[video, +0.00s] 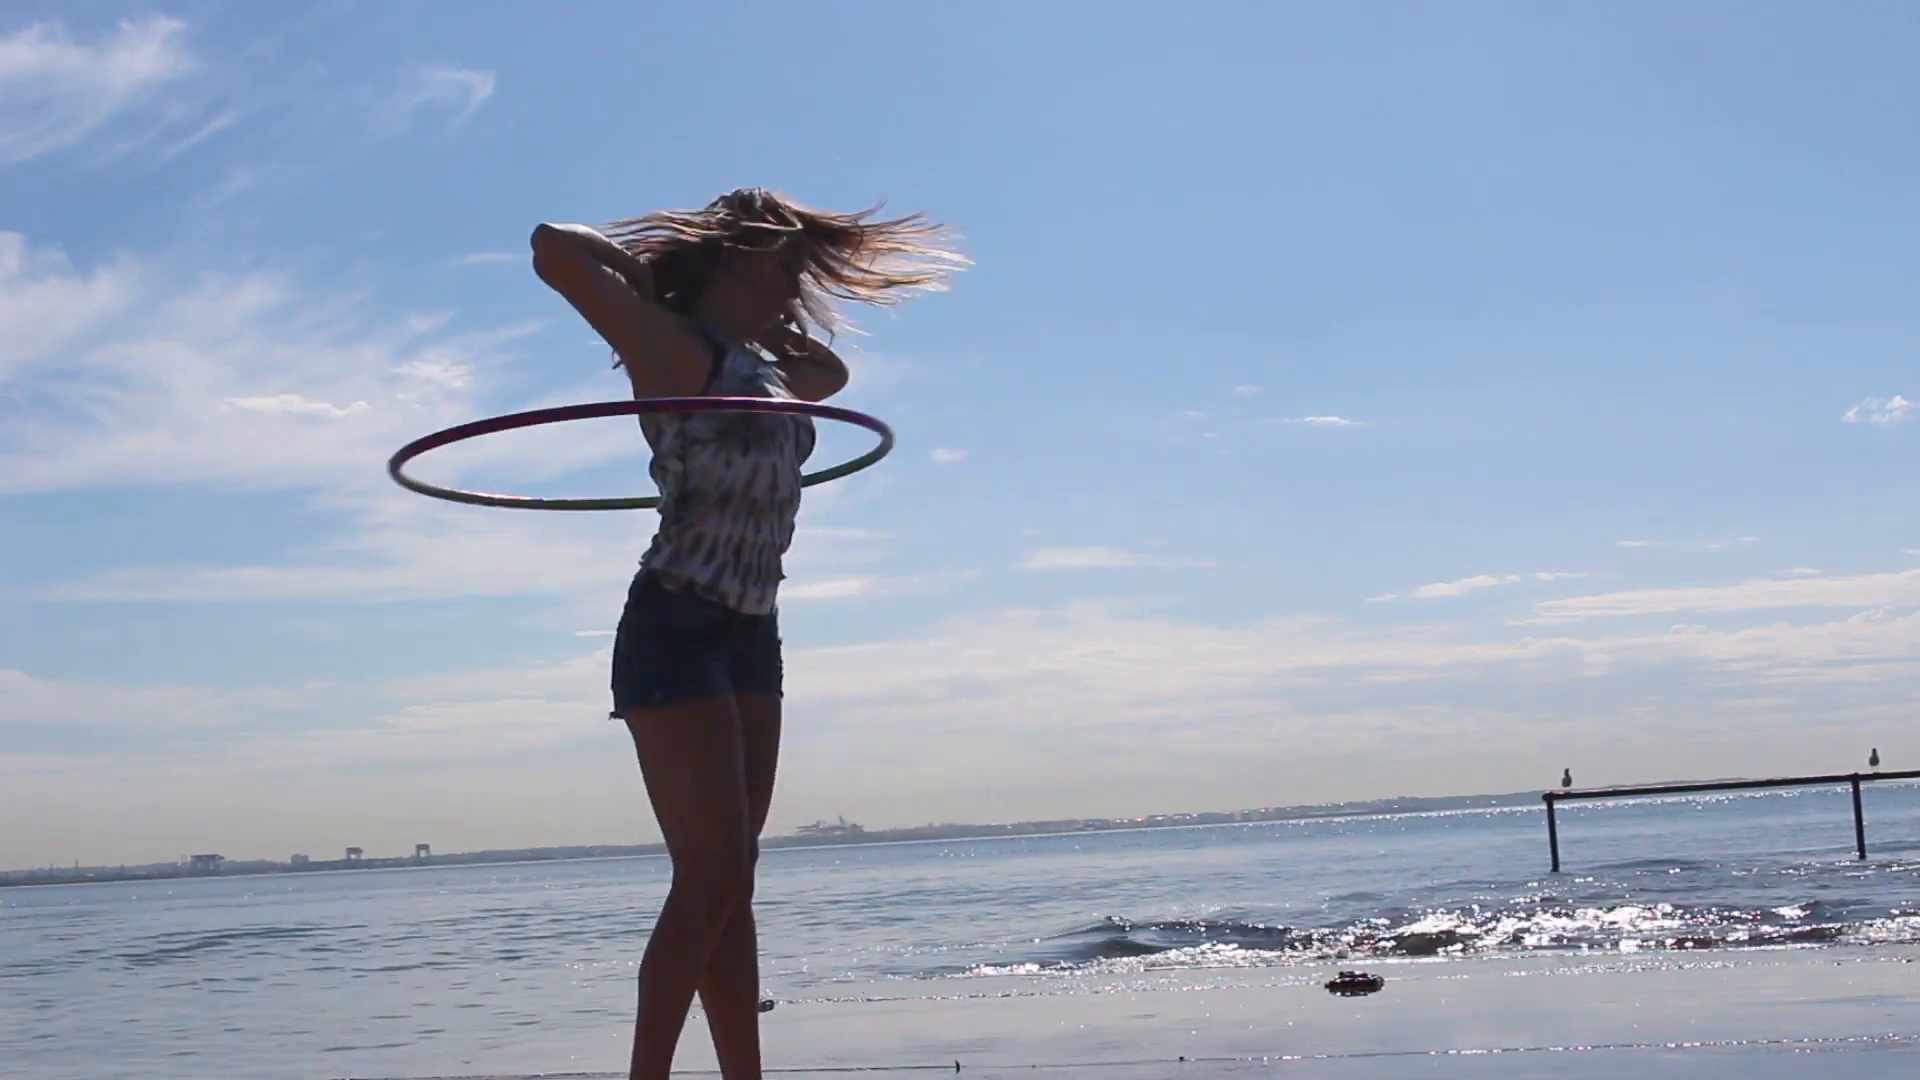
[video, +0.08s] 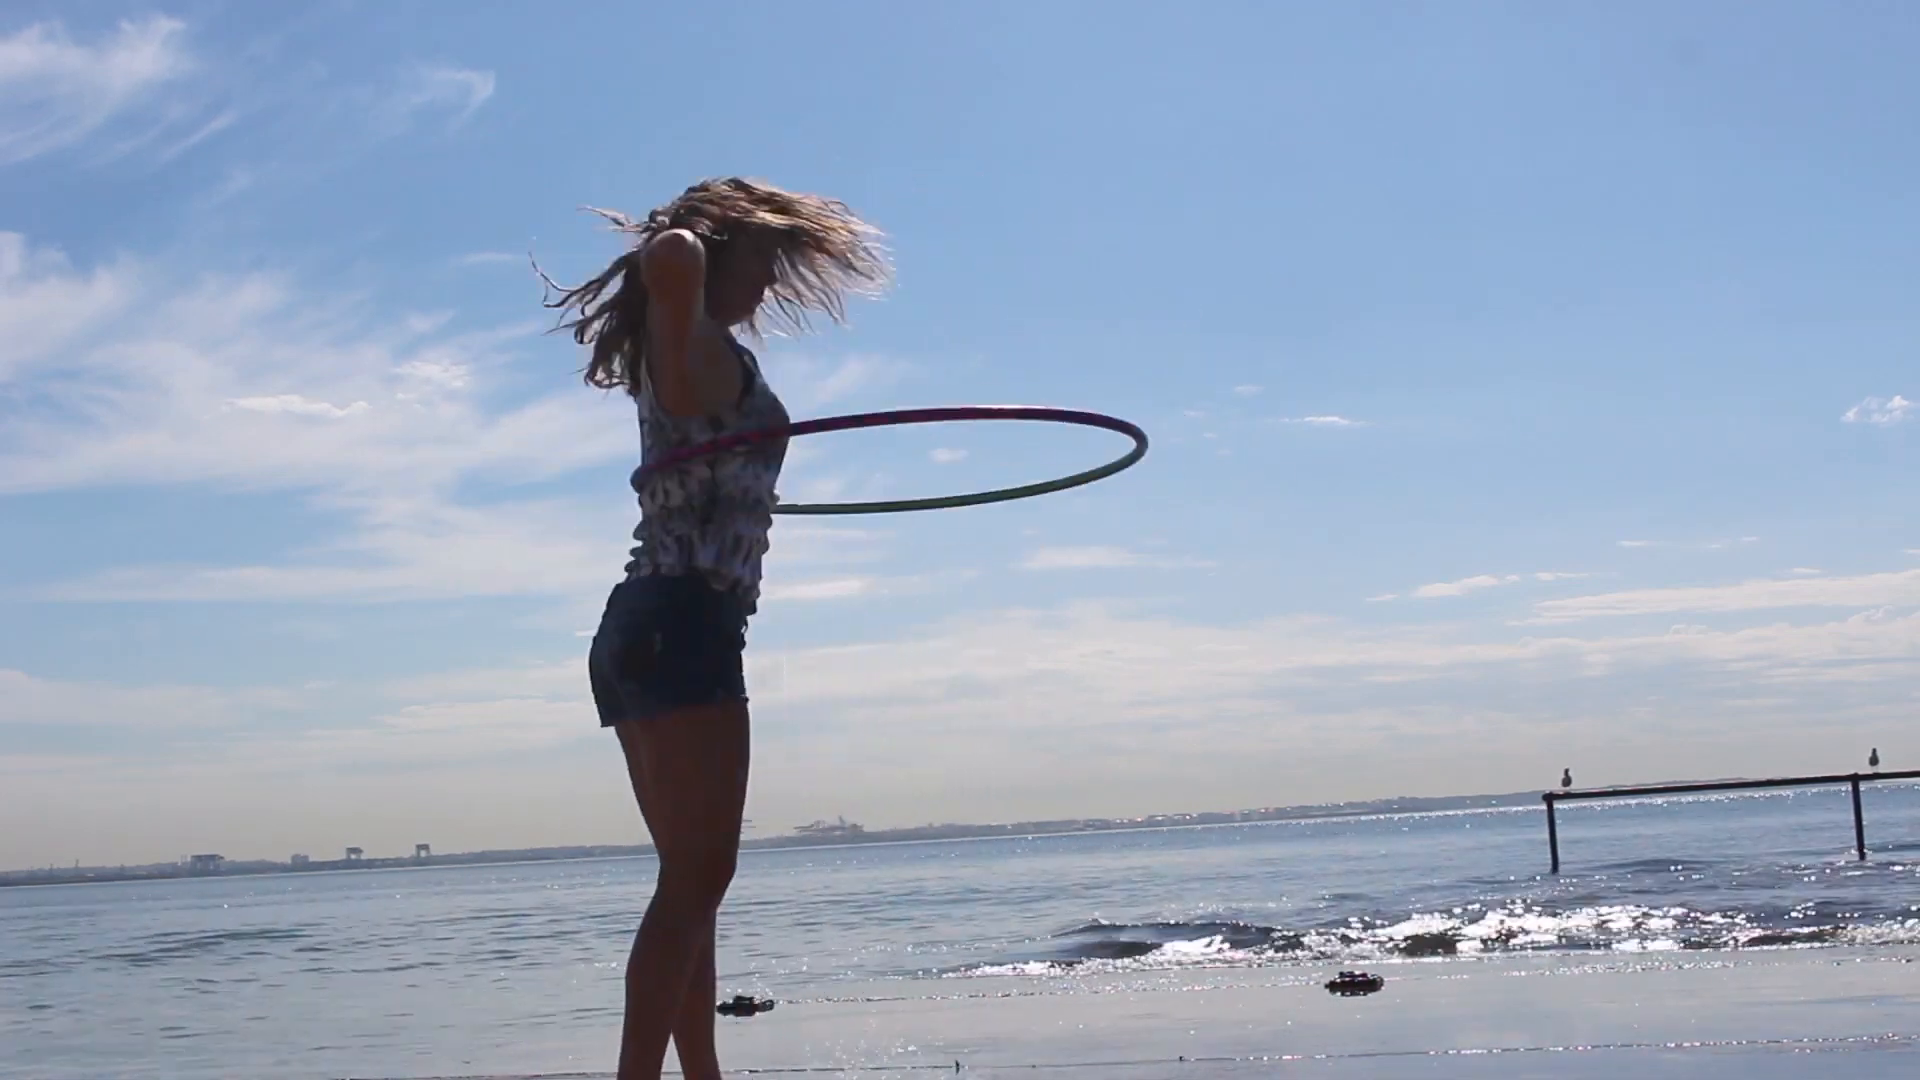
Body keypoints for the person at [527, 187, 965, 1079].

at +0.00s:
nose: (795, 288)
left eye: (798, 271)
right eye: (783, 268)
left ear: (761, 278)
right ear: (730, 266)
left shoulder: (763, 366)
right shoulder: (668, 347)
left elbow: (831, 373)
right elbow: (552, 246)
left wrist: (777, 321)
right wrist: (643, 262)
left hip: (752, 636)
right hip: (674, 630)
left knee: (733, 877)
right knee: (710, 873)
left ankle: (743, 1076)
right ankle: (648, 1073)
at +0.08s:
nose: (769, 287)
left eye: (775, 272)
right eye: (763, 265)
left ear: (739, 273)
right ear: (720, 261)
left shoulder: (703, 358)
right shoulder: (690, 351)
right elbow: (676, 251)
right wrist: (662, 244)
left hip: (655, 630)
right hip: (680, 630)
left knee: (694, 872)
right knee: (697, 871)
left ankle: (701, 1072)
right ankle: (638, 1073)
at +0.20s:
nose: (752, 280)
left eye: (751, 262)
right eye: (745, 264)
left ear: (636, 264)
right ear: (708, 268)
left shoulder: (578, 363)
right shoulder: (712, 350)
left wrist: (662, 286)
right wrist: (746, 277)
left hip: (612, 622)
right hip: (720, 622)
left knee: (622, 883)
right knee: (685, 880)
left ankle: (648, 1068)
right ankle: (649, 1069)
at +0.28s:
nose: (725, 300)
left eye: (726, 290)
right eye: (722, 290)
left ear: (610, 280)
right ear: (701, 294)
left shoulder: (557, 380)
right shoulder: (728, 376)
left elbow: (433, 397)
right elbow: (873, 361)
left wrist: (540, 334)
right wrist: (757, 313)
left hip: (612, 646)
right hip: (722, 641)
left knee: (595, 886)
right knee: (699, 878)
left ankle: (657, 1070)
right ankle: (697, 1065)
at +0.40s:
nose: (578, 321)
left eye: (588, 307)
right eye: (581, 308)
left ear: (620, 316)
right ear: (672, 323)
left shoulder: (598, 397)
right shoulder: (700, 410)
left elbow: (534, 431)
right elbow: (785, 430)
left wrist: (481, 360)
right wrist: (704, 361)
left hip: (604, 664)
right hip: (679, 663)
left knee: (584, 897)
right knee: (633, 897)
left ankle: (650, 1072)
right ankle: (755, 1054)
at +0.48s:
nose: (582, 318)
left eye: (597, 302)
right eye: (584, 304)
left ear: (637, 316)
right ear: (611, 318)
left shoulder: (651, 402)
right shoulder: (597, 412)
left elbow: (737, 461)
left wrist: (628, 386)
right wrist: (579, 623)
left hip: (646, 673)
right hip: (614, 672)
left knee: (582, 902)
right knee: (541, 896)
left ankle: (657, 1073)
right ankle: (699, 1068)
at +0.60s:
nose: (585, 288)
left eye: (601, 275)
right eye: (571, 274)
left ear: (630, 289)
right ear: (548, 287)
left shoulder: (671, 384)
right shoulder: (517, 400)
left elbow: (800, 445)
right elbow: (415, 483)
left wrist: (821, 380)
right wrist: (430, 373)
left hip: (666, 635)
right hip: (568, 643)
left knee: (656, 877)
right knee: (558, 884)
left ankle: (669, 1075)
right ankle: (594, 1075)